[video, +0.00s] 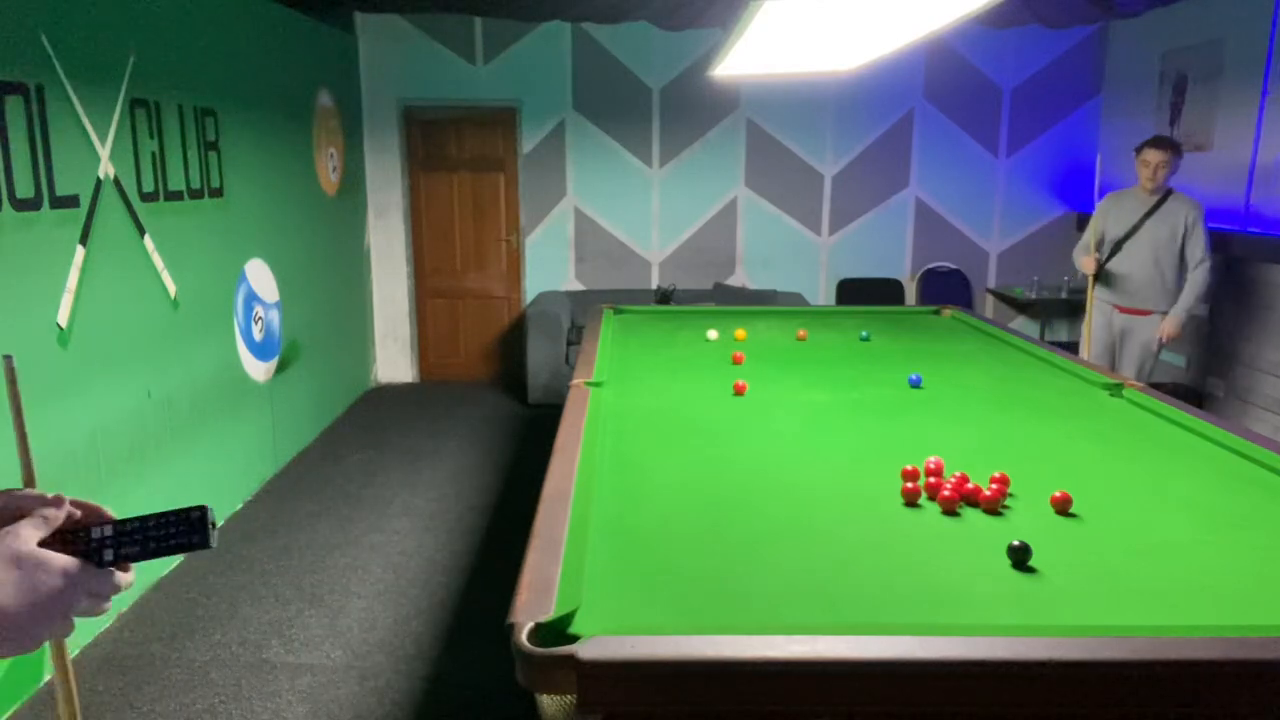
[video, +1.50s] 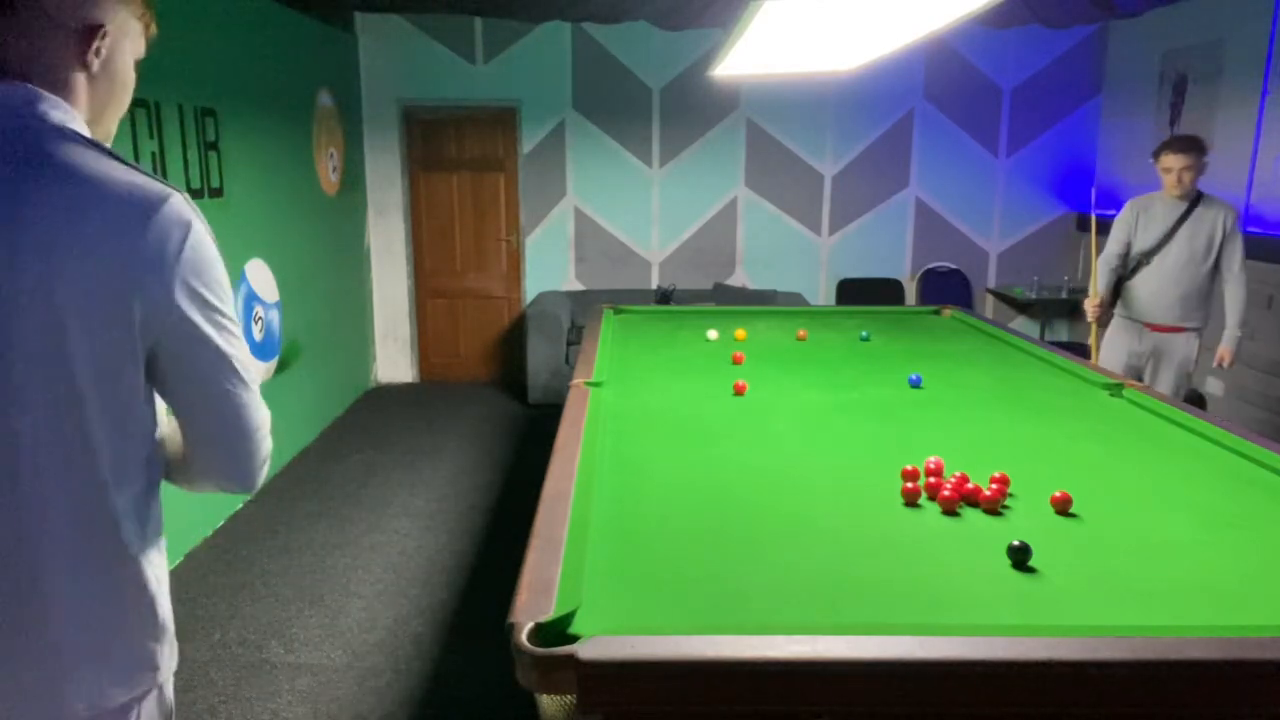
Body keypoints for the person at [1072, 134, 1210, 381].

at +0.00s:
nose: (1152, 172)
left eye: (1161, 166)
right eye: (1146, 164)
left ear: (1173, 170)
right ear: (1136, 163)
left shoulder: (1187, 212)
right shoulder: (1111, 203)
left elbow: (1200, 268)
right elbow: (1082, 248)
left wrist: (1177, 316)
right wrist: (1084, 260)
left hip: (1149, 318)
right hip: (1103, 310)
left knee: (1128, 395)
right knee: (1089, 386)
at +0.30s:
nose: (1138, 177)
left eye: (1148, 170)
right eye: (1133, 169)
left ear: (1164, 171)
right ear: (1126, 167)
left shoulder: (1182, 213)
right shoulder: (1105, 206)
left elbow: (1187, 272)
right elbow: (1077, 257)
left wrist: (1160, 319)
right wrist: (1091, 272)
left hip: (1149, 324)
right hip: (1104, 318)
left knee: (1134, 401)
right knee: (1096, 396)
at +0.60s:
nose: (1123, 180)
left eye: (1132, 172)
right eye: (1115, 172)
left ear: (1145, 170)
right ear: (1108, 170)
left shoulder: (1165, 209)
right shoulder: (1089, 210)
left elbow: (1178, 266)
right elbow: (1066, 264)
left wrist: (1184, 317)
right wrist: (1088, 279)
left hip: (1150, 325)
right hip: (1098, 324)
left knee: (1150, 412)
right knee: (1094, 409)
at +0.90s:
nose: (1132, 186)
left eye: (1141, 178)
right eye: (1125, 176)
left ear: (1153, 175)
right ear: (1114, 172)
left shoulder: (1165, 210)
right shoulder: (1092, 210)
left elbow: (1170, 269)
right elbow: (1069, 265)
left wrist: (1173, 323)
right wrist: (1085, 288)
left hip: (1151, 329)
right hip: (1102, 328)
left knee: (1143, 414)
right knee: (1095, 411)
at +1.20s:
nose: (1151, 185)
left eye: (1161, 177)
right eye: (1144, 175)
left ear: (1174, 176)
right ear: (1134, 171)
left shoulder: (1187, 217)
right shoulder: (1108, 212)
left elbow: (1190, 280)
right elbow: (1083, 263)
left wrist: (1187, 336)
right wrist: (1088, 289)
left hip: (1162, 335)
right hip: (1110, 331)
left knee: (1146, 419)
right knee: (1101, 417)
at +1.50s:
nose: (1176, 178)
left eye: (1185, 170)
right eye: (1168, 170)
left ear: (1200, 170)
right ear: (1158, 170)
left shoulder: (1222, 217)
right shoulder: (1135, 209)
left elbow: (1234, 280)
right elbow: (1110, 258)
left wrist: (1230, 338)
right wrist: (1098, 296)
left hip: (1178, 340)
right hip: (1125, 330)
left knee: (1159, 425)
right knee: (1100, 410)